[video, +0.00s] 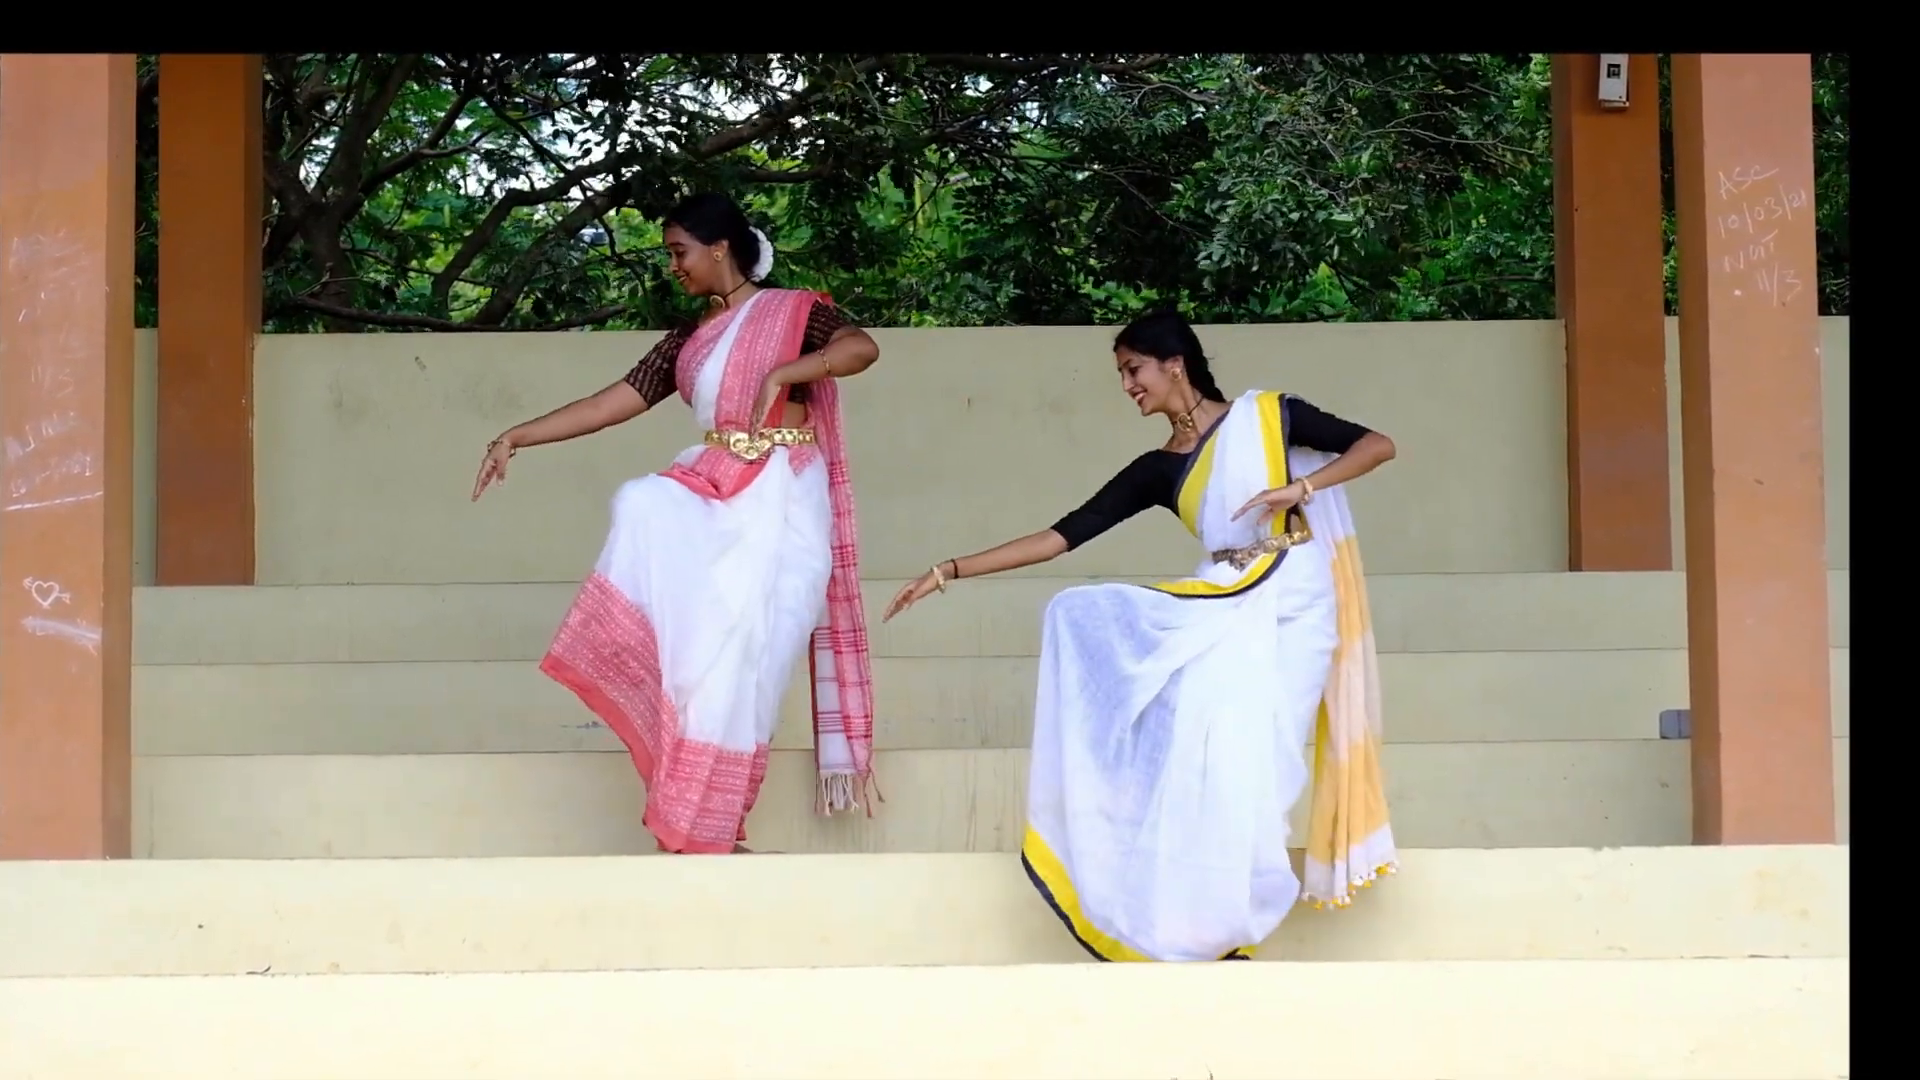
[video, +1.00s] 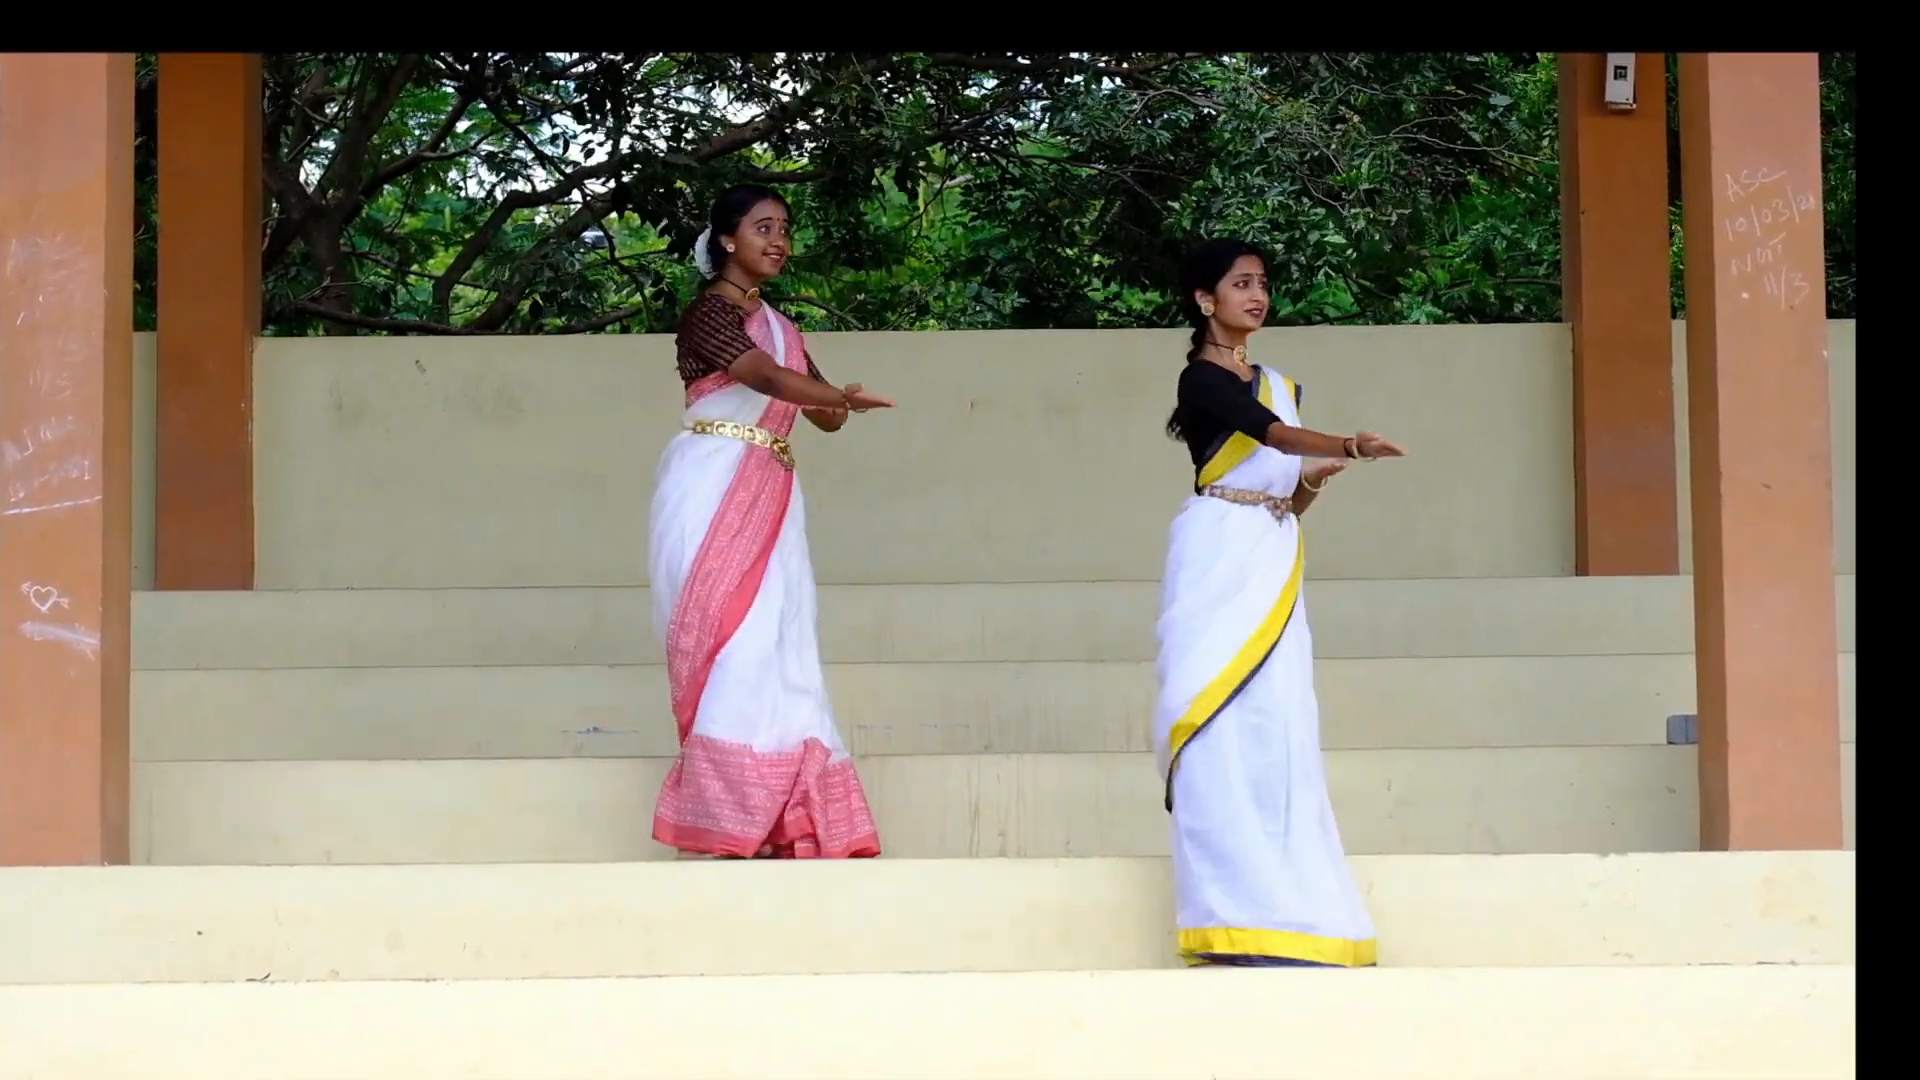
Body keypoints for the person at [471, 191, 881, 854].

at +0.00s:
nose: (675, 266)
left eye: (682, 252)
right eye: (671, 255)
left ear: (724, 247)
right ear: (697, 254)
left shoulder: (791, 306)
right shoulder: (692, 341)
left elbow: (862, 349)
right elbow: (608, 405)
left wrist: (785, 374)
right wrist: (512, 436)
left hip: (787, 488)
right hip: (714, 482)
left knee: (732, 635)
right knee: (639, 498)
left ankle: (711, 815)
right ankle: (647, 659)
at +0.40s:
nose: (688, 265)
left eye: (700, 252)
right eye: (683, 254)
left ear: (744, 253)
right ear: (685, 259)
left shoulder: (799, 325)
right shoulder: (681, 346)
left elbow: (885, 384)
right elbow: (625, 430)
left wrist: (814, 411)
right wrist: (546, 486)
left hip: (783, 509)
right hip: (703, 503)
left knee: (772, 657)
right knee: (711, 574)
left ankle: (737, 825)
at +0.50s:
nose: (715, 263)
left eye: (729, 249)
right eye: (703, 251)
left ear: (757, 259)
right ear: (693, 264)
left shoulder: (800, 336)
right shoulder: (681, 345)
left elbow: (882, 400)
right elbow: (649, 433)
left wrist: (818, 427)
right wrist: (595, 513)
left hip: (782, 507)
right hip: (704, 505)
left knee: (783, 653)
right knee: (728, 624)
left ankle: (764, 824)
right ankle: (715, 801)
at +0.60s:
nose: (744, 261)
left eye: (755, 249)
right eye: (730, 249)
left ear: (770, 261)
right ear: (707, 262)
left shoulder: (797, 341)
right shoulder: (684, 346)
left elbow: (872, 410)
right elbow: (677, 439)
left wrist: (831, 432)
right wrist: (658, 516)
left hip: (781, 511)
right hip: (707, 511)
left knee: (783, 654)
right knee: (723, 651)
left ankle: (769, 822)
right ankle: (717, 805)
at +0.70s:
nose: (761, 262)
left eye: (770, 251)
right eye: (746, 248)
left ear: (776, 263)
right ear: (714, 260)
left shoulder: (791, 343)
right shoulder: (692, 339)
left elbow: (854, 415)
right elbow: (703, 426)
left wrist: (829, 432)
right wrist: (720, 501)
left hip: (780, 507)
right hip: (713, 499)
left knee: (781, 650)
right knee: (730, 648)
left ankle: (772, 811)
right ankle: (713, 813)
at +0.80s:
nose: (768, 256)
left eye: (775, 245)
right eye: (753, 243)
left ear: (780, 256)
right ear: (719, 253)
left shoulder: (787, 340)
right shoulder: (698, 331)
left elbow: (839, 411)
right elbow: (725, 410)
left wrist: (824, 425)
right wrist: (771, 469)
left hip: (777, 498)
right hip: (714, 497)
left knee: (784, 646)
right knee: (730, 648)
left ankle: (784, 809)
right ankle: (714, 812)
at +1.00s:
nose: (778, 241)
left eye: (783, 230)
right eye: (763, 228)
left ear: (784, 243)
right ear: (726, 240)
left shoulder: (783, 329)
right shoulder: (711, 310)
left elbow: (829, 417)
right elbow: (760, 377)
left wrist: (812, 382)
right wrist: (834, 395)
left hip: (771, 490)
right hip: (713, 485)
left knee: (782, 638)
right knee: (731, 638)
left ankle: (791, 809)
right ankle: (730, 812)